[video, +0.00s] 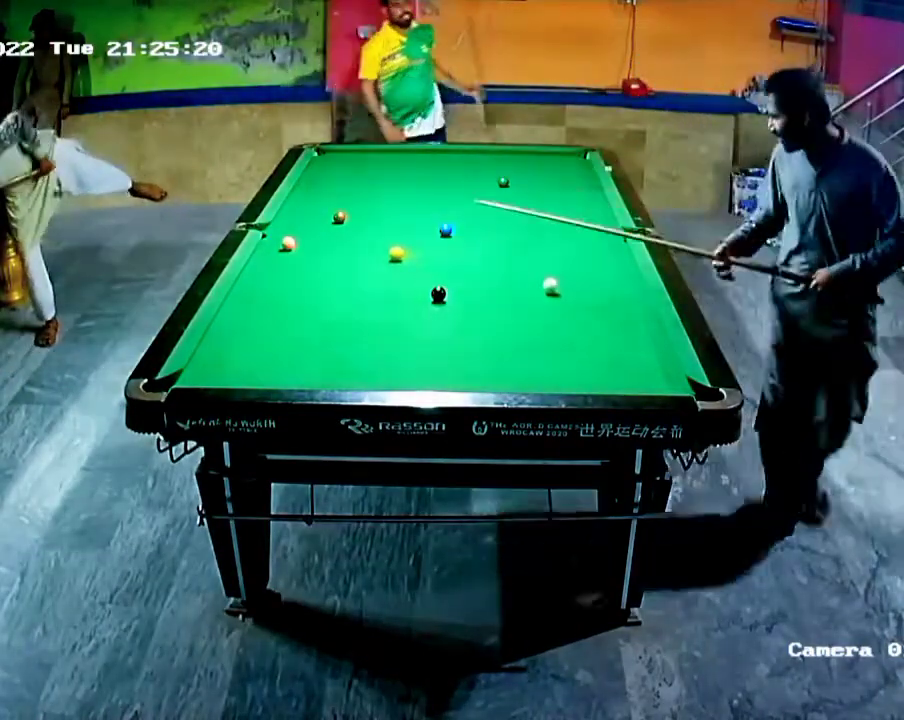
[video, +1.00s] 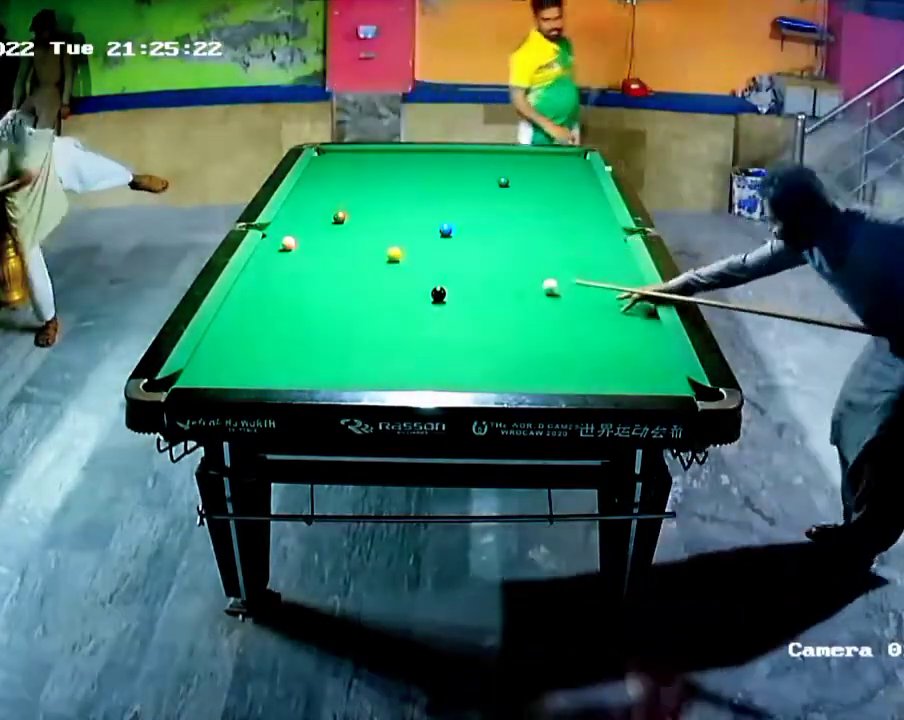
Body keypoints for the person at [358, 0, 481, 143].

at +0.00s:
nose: (405, 10)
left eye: (409, 4)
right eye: (397, 6)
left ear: (414, 5)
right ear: (386, 10)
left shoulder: (422, 32)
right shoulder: (374, 46)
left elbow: (430, 65)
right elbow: (367, 88)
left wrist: (461, 87)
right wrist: (386, 126)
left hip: (434, 123)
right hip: (404, 130)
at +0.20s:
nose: (431, 10)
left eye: (434, 3)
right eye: (423, 5)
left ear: (439, 6)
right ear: (411, 8)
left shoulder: (445, 33)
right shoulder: (399, 44)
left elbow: (452, 75)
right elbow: (393, 87)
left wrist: (480, 95)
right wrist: (416, 123)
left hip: (450, 122)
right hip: (422, 128)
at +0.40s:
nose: (460, 13)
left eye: (462, 7)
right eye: (452, 9)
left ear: (466, 7)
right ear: (440, 11)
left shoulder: (469, 36)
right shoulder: (428, 45)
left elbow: (469, 79)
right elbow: (421, 90)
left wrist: (493, 100)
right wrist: (450, 122)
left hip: (471, 121)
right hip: (444, 128)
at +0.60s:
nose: (486, 18)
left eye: (488, 12)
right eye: (477, 14)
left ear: (493, 11)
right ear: (466, 15)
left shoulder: (493, 41)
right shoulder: (458, 52)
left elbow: (492, 84)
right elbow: (450, 96)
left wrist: (511, 108)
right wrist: (481, 125)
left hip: (500, 128)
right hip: (473, 135)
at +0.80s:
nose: (522, 21)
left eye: (525, 14)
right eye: (514, 16)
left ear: (530, 12)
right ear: (503, 16)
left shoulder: (532, 41)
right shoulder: (495, 52)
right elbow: (490, 97)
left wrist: (546, 121)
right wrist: (528, 125)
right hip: (510, 137)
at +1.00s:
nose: (554, 25)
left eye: (557, 18)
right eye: (546, 20)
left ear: (562, 17)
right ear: (536, 20)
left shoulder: (565, 45)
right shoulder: (525, 54)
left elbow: (566, 89)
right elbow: (518, 100)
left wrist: (574, 127)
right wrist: (554, 130)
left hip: (567, 131)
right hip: (536, 134)